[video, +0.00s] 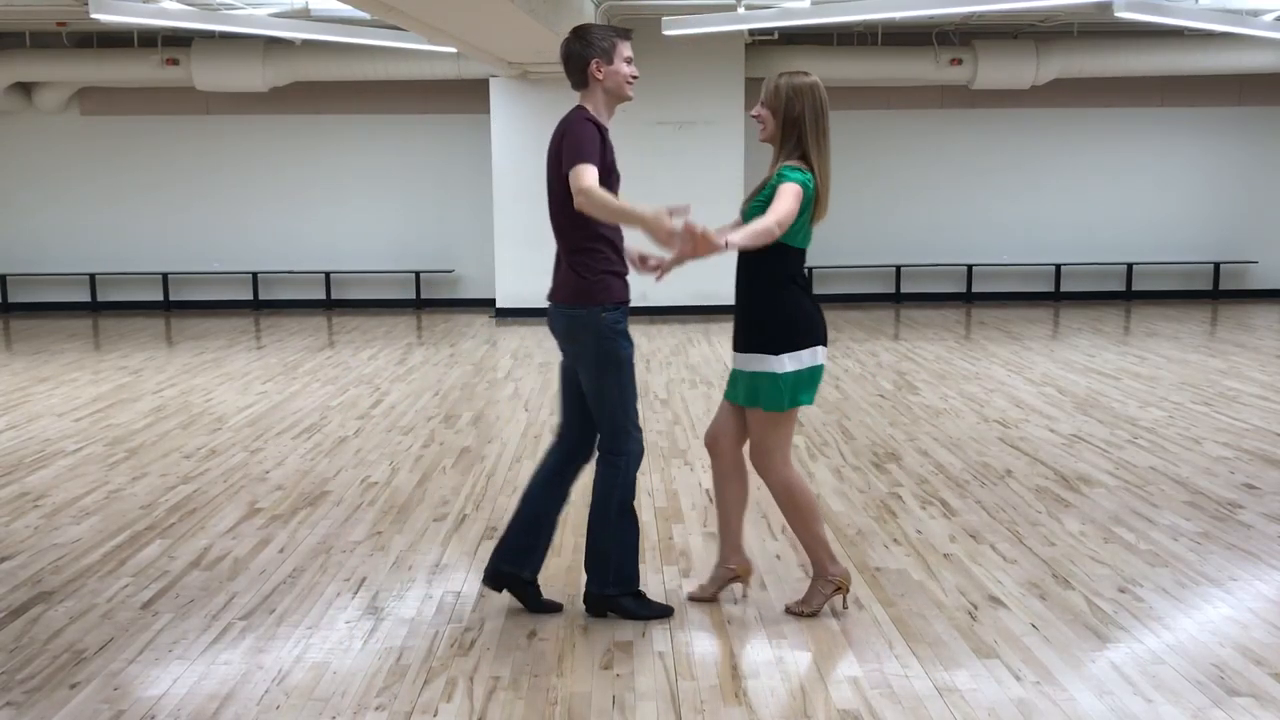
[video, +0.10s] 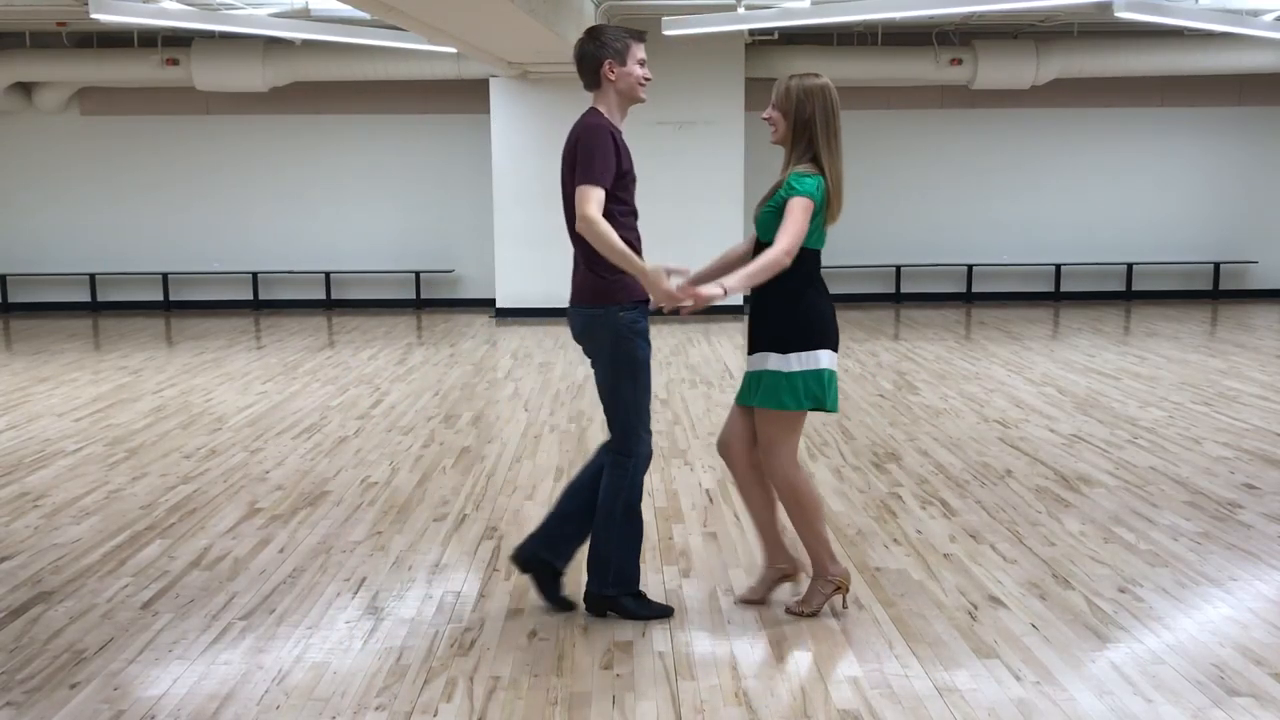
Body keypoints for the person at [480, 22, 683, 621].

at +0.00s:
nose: (636, 72)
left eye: (634, 62)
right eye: (628, 62)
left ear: (599, 72)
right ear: (597, 69)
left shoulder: (587, 132)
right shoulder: (583, 127)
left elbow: (583, 229)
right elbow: (583, 194)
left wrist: (634, 259)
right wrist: (653, 219)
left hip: (579, 308)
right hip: (594, 312)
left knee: (575, 439)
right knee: (622, 446)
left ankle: (513, 564)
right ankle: (610, 588)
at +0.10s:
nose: (648, 74)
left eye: (647, 65)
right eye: (641, 65)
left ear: (613, 74)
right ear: (610, 71)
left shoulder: (603, 132)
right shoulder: (596, 132)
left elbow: (600, 228)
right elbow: (588, 219)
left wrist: (657, 279)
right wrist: (648, 277)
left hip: (611, 310)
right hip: (609, 313)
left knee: (628, 444)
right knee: (632, 448)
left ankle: (544, 553)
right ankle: (613, 588)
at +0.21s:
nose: (660, 78)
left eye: (659, 68)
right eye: (652, 68)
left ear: (624, 75)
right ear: (623, 74)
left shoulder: (619, 137)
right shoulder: (605, 137)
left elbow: (613, 235)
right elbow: (593, 231)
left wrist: (658, 300)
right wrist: (652, 300)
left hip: (631, 316)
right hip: (620, 317)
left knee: (670, 439)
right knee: (641, 448)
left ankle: (600, 555)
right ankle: (611, 589)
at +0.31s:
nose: (673, 79)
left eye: (671, 69)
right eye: (666, 69)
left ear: (640, 75)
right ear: (636, 73)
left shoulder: (629, 139)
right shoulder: (616, 139)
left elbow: (622, 238)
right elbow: (604, 237)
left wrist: (669, 300)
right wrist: (671, 301)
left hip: (647, 318)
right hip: (631, 320)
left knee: (690, 438)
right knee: (659, 446)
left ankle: (687, 571)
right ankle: (613, 583)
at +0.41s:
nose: (678, 79)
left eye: (678, 69)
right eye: (672, 69)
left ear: (647, 74)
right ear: (643, 72)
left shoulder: (636, 137)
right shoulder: (621, 137)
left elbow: (630, 238)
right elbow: (613, 240)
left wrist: (684, 288)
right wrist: (685, 283)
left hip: (659, 313)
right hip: (639, 315)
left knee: (700, 435)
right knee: (673, 443)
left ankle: (700, 569)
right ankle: (617, 577)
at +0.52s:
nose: (681, 81)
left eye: (680, 70)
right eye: (675, 70)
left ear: (650, 74)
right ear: (645, 72)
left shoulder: (641, 139)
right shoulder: (621, 139)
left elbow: (638, 237)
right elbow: (618, 242)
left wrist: (689, 271)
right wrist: (691, 266)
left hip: (667, 310)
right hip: (645, 313)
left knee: (704, 436)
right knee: (687, 440)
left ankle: (699, 569)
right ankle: (621, 572)